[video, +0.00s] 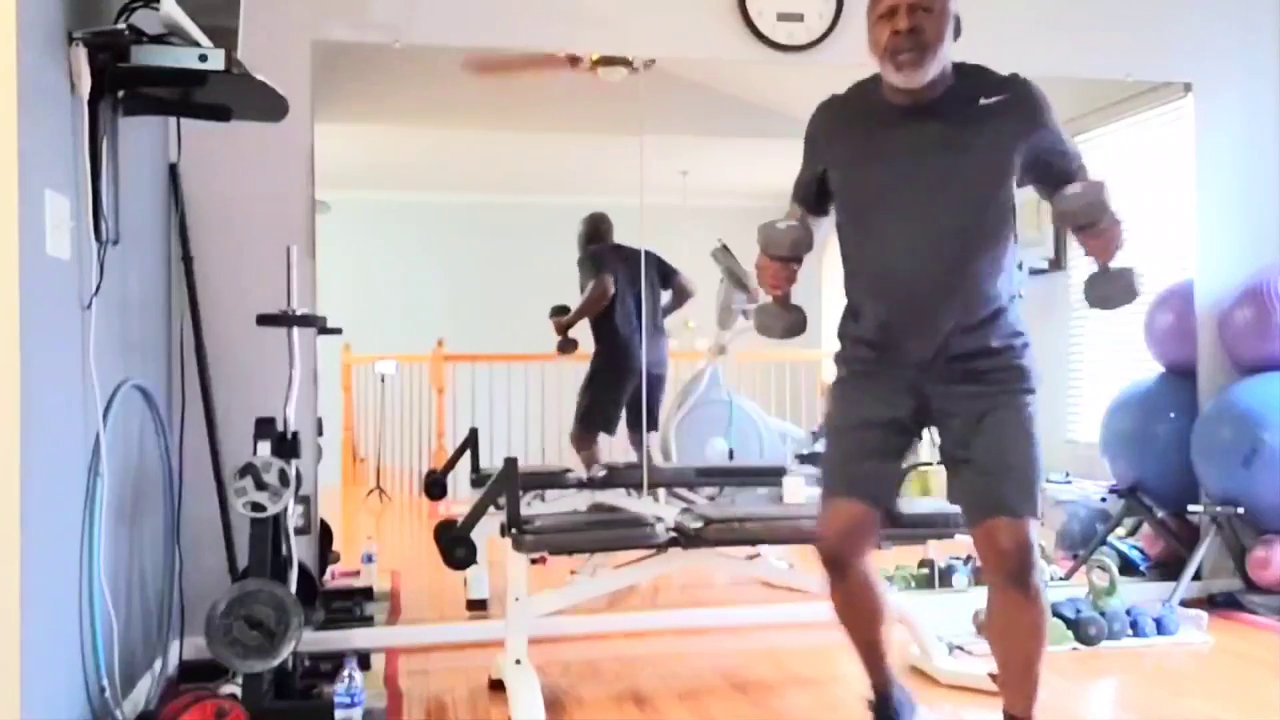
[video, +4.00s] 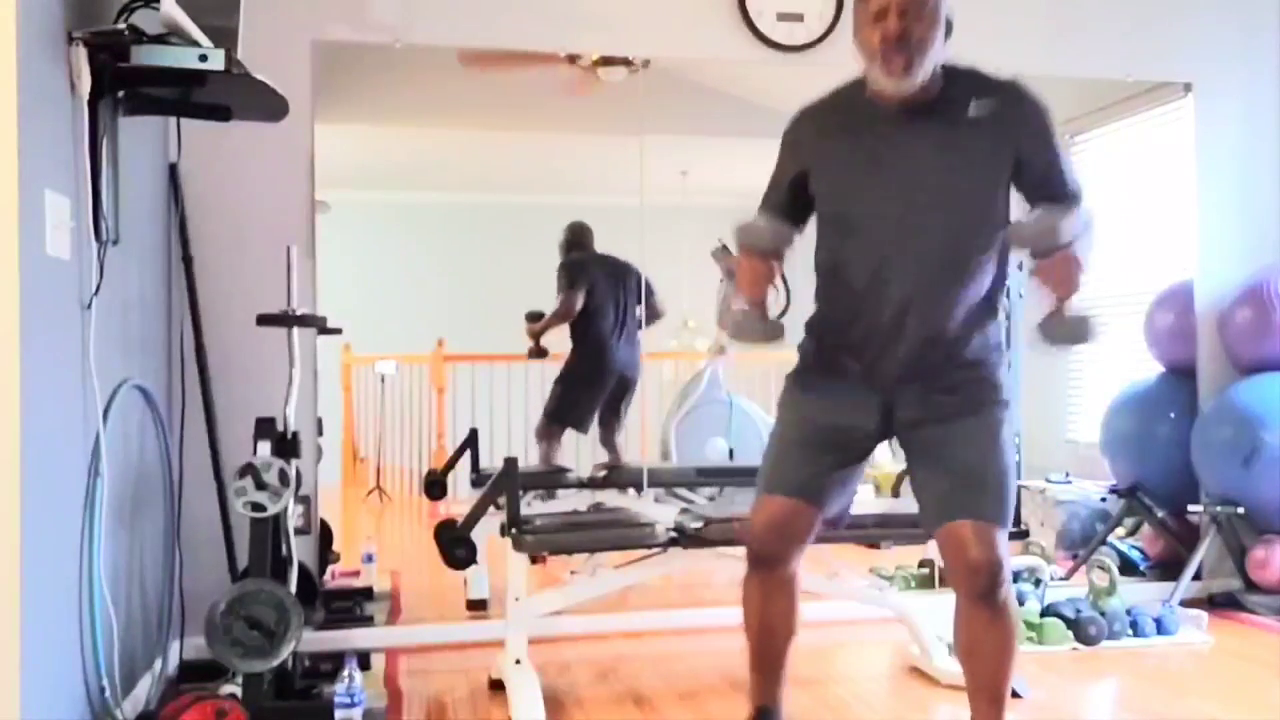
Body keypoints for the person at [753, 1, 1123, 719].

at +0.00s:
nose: (903, 25)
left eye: (921, 9)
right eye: (887, 11)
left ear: (953, 20)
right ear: (867, 26)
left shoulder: (1012, 104)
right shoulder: (836, 121)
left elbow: (1073, 191)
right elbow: (802, 216)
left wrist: (1096, 227)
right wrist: (778, 259)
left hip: (985, 360)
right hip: (874, 362)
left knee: (1010, 549)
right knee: (840, 541)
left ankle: (1019, 713)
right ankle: (886, 696)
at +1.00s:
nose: (777, 22)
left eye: (795, 6)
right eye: (760, 7)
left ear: (828, 14)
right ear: (740, 18)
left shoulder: (878, 111)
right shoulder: (704, 119)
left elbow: (920, 209)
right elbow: (657, 223)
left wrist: (931, 231)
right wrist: (659, 250)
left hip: (846, 356)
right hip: (735, 360)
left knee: (906, 529)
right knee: (713, 546)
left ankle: (878, 696)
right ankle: (718, 714)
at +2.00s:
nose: (614, 30)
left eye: (631, 14)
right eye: (598, 15)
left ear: (658, 23)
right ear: (575, 25)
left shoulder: (702, 119)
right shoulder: (528, 118)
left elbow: (743, 223)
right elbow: (472, 211)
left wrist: (761, 255)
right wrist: (466, 249)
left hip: (666, 368)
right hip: (550, 372)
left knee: (739, 541)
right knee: (515, 560)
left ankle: (739, 699)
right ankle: (511, 718)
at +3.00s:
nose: (719, 30)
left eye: (737, 14)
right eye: (706, 14)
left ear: (773, 23)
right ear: (691, 23)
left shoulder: (827, 118)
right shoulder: (652, 123)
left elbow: (874, 225)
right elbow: (608, 239)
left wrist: (889, 273)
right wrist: (608, 287)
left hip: (798, 370)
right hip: (683, 369)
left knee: (845, 558)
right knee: (620, 542)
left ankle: (843, 718)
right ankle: (595, 706)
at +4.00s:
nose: (893, 29)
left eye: (911, 13)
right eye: (876, 13)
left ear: (945, 22)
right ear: (855, 24)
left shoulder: (1008, 113)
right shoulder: (818, 127)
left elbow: (1063, 217)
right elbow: (768, 232)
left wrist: (1061, 261)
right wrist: (752, 280)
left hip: (959, 376)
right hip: (839, 370)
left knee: (981, 567)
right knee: (768, 543)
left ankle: (989, 715)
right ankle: (765, 709)